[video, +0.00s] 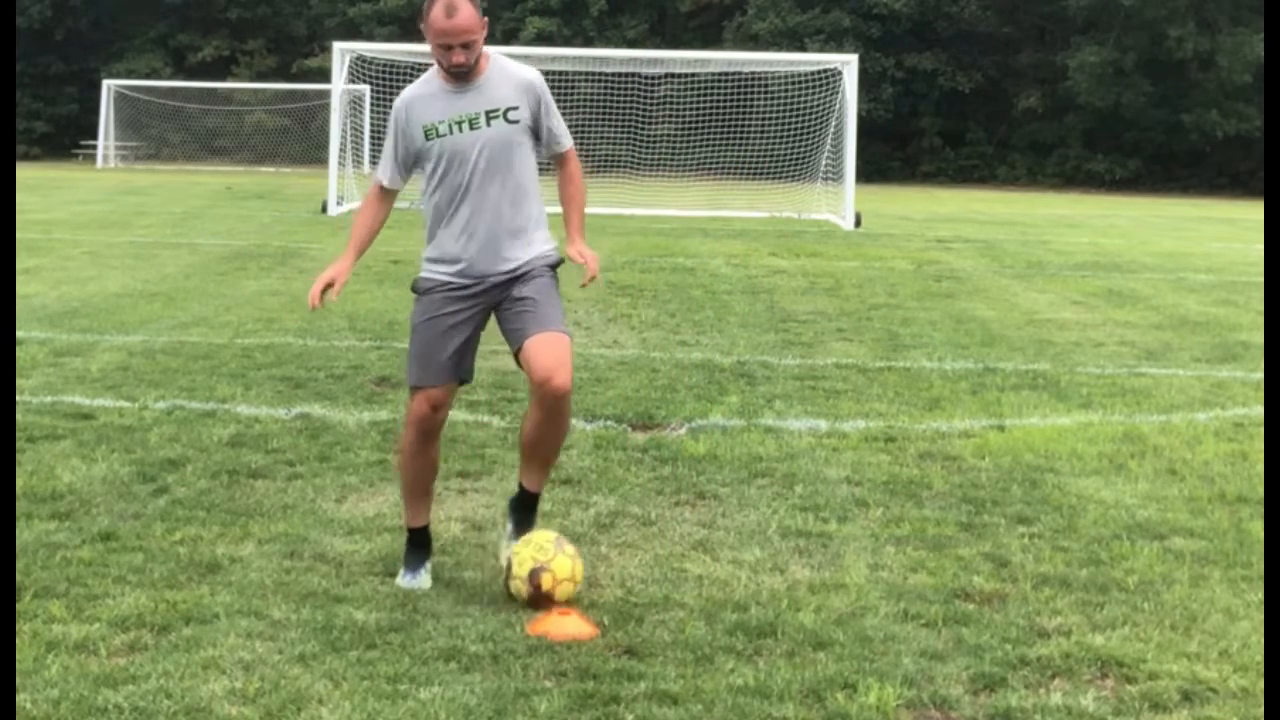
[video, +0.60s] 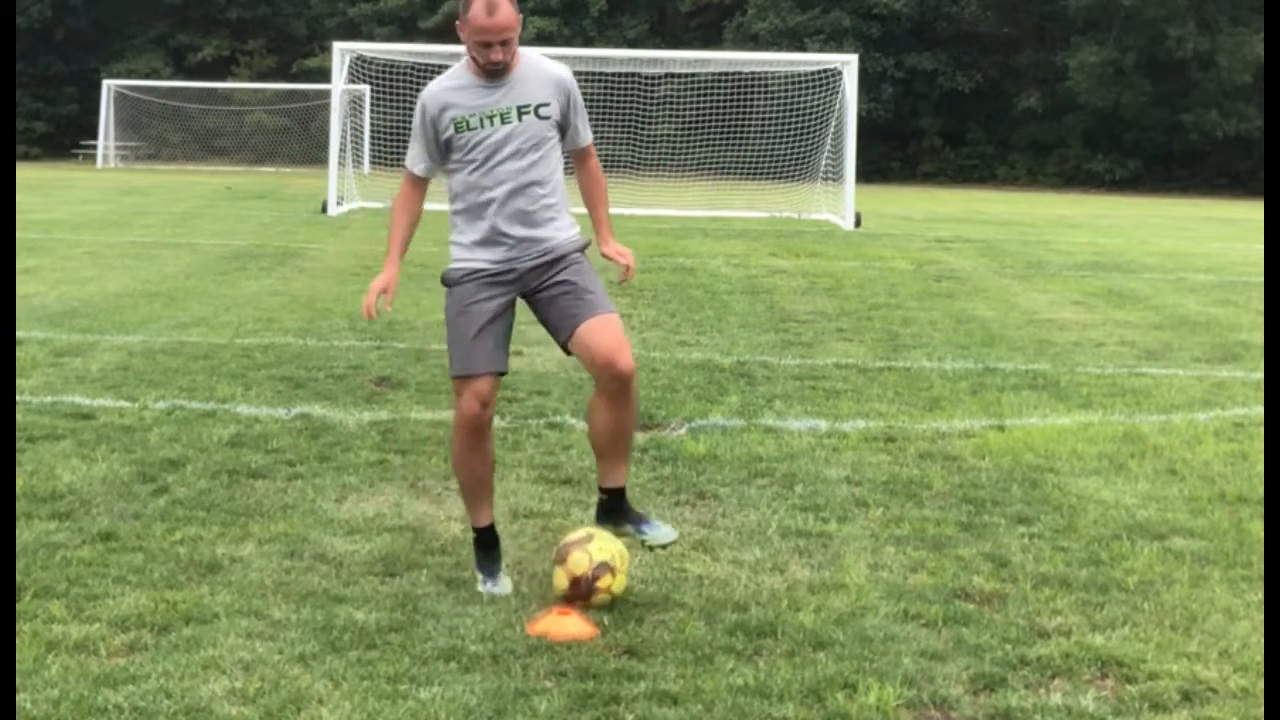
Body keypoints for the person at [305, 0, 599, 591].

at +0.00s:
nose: (458, 57)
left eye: (468, 45)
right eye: (446, 47)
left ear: (484, 30)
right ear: (426, 37)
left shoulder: (524, 84)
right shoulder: (411, 105)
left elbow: (565, 157)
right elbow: (382, 191)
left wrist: (575, 237)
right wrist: (346, 260)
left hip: (527, 265)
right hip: (448, 275)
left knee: (556, 384)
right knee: (427, 407)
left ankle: (524, 514)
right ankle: (417, 546)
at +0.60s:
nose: (497, 55)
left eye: (506, 42)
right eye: (485, 45)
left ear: (521, 27)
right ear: (461, 33)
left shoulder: (554, 79)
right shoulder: (436, 100)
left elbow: (585, 158)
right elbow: (413, 184)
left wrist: (604, 234)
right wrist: (391, 264)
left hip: (556, 255)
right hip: (478, 269)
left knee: (618, 366)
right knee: (474, 408)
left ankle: (613, 507)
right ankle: (486, 548)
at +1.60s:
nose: (588, 40)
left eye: (598, 28)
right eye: (575, 30)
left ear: (612, 15)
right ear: (551, 18)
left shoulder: (638, 68)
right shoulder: (521, 83)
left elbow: (664, 138)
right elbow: (488, 166)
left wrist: (682, 211)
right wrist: (476, 255)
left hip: (631, 246)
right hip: (554, 255)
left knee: (674, 377)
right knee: (546, 394)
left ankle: (671, 531)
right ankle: (525, 511)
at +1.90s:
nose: (623, 67)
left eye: (634, 55)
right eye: (611, 55)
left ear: (650, 44)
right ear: (589, 42)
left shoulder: (672, 103)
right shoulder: (554, 108)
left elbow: (704, 178)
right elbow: (513, 187)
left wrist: (719, 243)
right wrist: (490, 277)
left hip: (648, 273)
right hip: (574, 271)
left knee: (673, 413)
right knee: (580, 376)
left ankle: (673, 560)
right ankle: (580, 477)